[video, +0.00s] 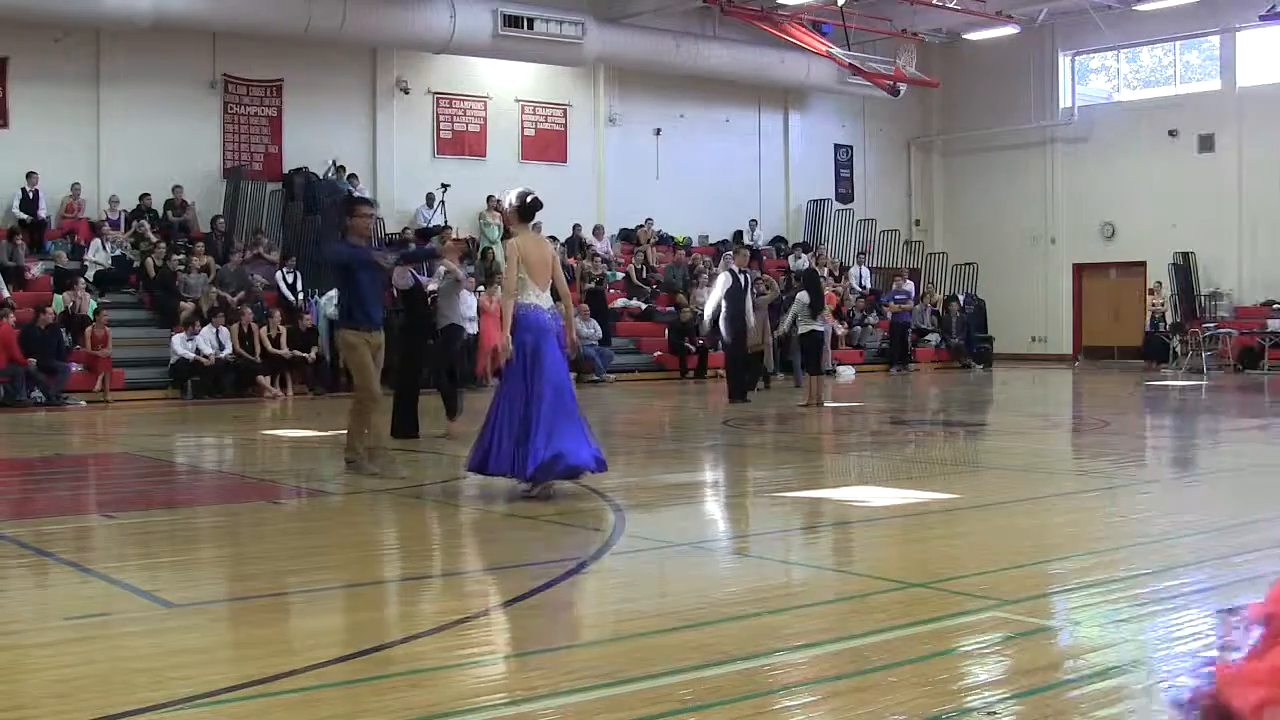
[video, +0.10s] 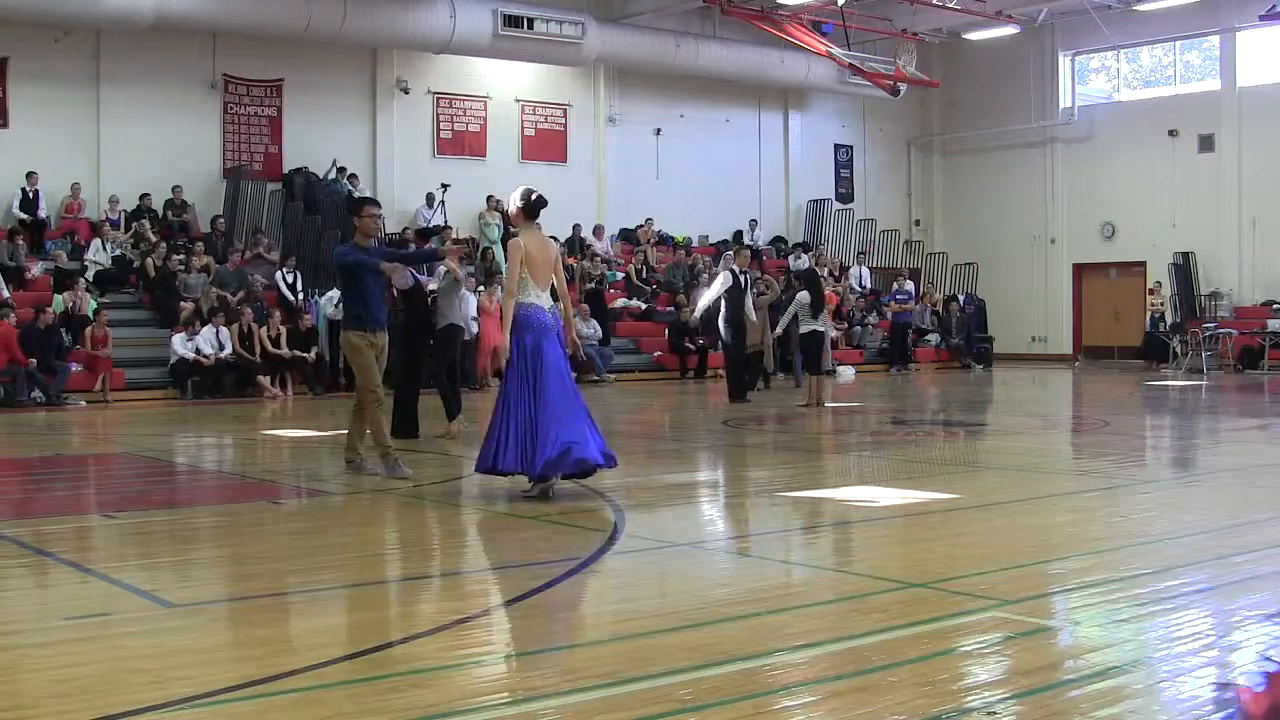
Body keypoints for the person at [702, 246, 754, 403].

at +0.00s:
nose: (747, 259)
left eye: (748, 256)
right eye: (744, 256)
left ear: (747, 258)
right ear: (735, 257)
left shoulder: (747, 277)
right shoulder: (726, 276)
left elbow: (749, 301)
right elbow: (714, 298)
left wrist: (751, 321)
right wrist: (707, 319)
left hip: (742, 320)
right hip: (728, 319)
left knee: (742, 355)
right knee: (732, 355)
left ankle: (741, 392)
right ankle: (734, 393)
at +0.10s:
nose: (748, 260)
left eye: (749, 257)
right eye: (745, 257)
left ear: (748, 259)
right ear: (736, 258)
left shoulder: (746, 276)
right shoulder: (726, 275)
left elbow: (748, 299)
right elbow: (710, 294)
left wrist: (752, 317)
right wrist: (697, 313)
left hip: (740, 319)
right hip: (728, 319)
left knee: (740, 355)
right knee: (732, 356)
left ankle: (740, 392)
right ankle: (734, 394)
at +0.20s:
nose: (748, 262)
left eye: (749, 259)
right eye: (745, 258)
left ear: (750, 261)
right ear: (736, 259)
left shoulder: (746, 278)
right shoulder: (726, 276)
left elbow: (748, 297)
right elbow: (709, 291)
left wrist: (755, 314)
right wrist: (691, 306)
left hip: (739, 319)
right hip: (727, 319)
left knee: (740, 354)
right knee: (732, 355)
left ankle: (740, 391)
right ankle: (734, 394)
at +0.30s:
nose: (749, 267)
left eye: (750, 263)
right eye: (746, 263)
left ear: (750, 265)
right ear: (737, 264)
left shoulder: (746, 280)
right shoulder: (726, 280)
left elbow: (751, 298)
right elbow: (709, 296)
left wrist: (758, 314)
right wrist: (692, 310)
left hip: (736, 321)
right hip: (724, 322)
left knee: (739, 354)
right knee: (733, 354)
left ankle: (727, 385)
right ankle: (733, 392)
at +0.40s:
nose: (749, 272)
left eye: (749, 268)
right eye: (747, 268)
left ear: (744, 267)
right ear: (737, 266)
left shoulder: (744, 285)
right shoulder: (724, 283)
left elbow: (753, 306)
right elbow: (717, 306)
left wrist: (763, 326)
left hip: (735, 326)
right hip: (724, 325)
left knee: (737, 359)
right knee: (732, 360)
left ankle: (718, 386)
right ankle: (735, 395)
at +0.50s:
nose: (745, 272)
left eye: (746, 270)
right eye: (743, 269)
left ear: (739, 269)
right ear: (734, 268)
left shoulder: (739, 284)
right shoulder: (719, 284)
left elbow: (747, 302)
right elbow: (729, 307)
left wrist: (754, 316)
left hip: (733, 323)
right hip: (721, 324)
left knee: (729, 359)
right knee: (731, 358)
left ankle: (712, 387)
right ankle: (736, 394)